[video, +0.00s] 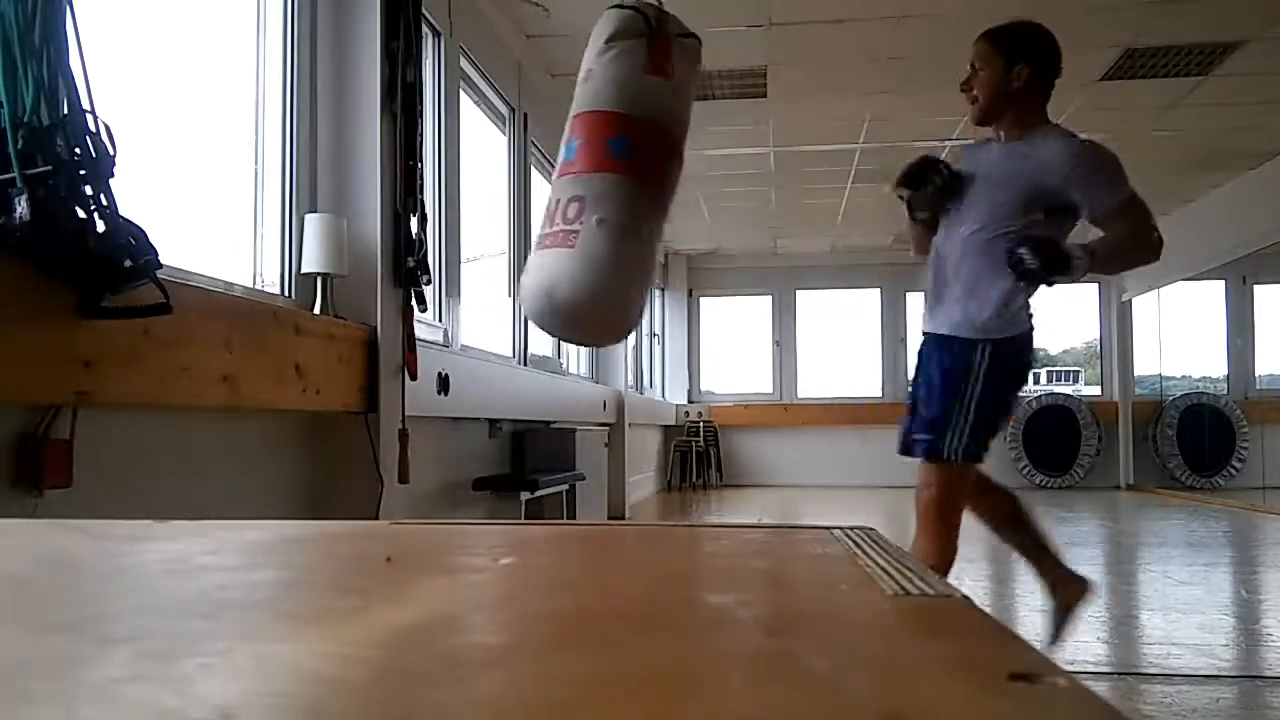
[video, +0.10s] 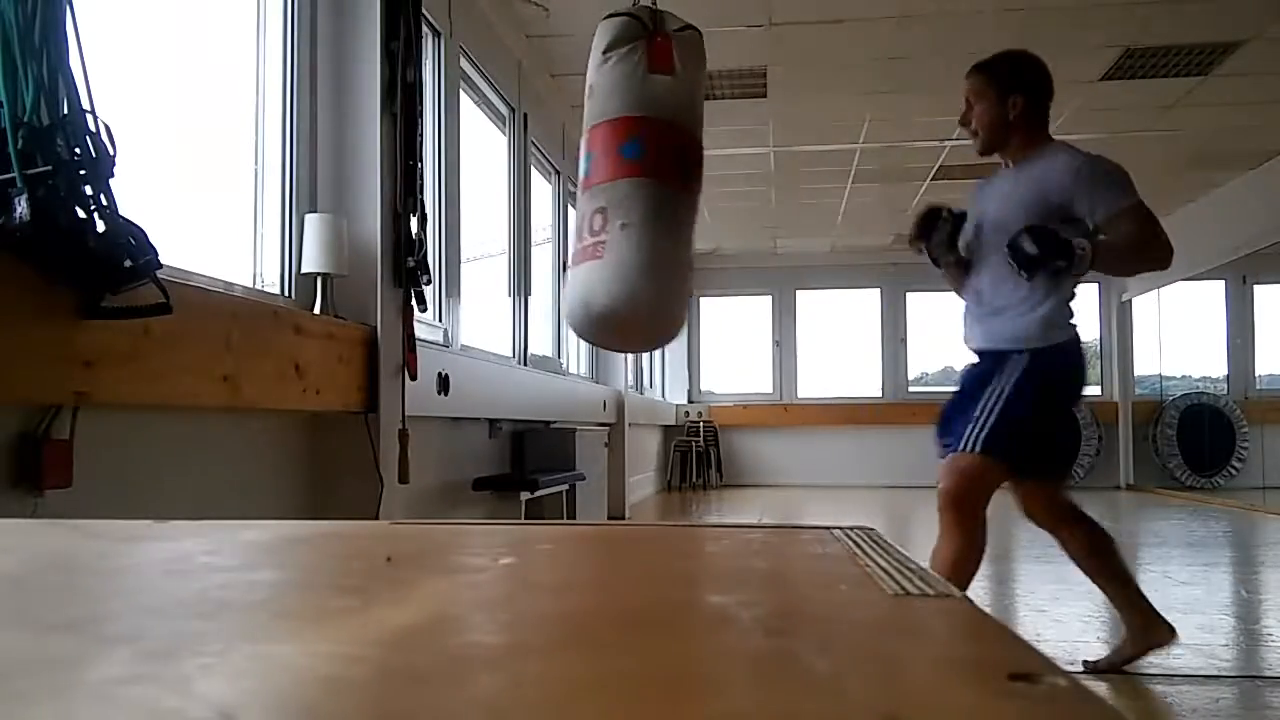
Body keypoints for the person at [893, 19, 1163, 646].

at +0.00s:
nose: (966, 82)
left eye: (978, 70)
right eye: (967, 70)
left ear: (1021, 78)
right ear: (1006, 79)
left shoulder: (1073, 157)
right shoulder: (965, 151)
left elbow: (1143, 241)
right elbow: (925, 250)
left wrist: (1070, 261)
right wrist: (921, 211)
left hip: (989, 340)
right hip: (942, 334)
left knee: (935, 487)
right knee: (958, 478)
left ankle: (913, 628)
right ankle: (1063, 584)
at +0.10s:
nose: (965, 119)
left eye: (974, 106)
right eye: (965, 106)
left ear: (1016, 107)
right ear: (1008, 111)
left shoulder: (1078, 172)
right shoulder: (988, 190)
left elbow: (1154, 251)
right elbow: (979, 289)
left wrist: (1082, 255)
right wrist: (946, 256)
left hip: (1038, 355)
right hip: (996, 356)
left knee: (959, 488)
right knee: (1044, 503)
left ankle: (929, 637)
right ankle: (1143, 622)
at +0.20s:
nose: (964, 137)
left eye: (972, 123)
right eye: (963, 126)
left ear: (1015, 115)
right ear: (1008, 120)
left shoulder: (1079, 164)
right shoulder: (1014, 187)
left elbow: (1125, 244)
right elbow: (1027, 286)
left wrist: (1033, 223)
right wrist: (981, 266)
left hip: (1079, 348)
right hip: (1043, 353)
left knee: (995, 459)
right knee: (1078, 506)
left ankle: (980, 634)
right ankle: (1161, 645)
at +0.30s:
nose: (972, 123)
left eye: (978, 108)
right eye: (968, 111)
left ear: (1018, 97)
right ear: (1014, 105)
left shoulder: (1072, 134)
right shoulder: (1031, 157)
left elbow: (1066, 211)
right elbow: (1053, 252)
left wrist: (985, 168)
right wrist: (1008, 243)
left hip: (1098, 321)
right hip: (1081, 327)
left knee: (1037, 452)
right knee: (1100, 484)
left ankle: (1053, 644)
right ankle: (1161, 636)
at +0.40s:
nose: (984, 132)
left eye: (990, 118)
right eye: (981, 121)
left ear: (1030, 106)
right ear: (1035, 111)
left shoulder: (1079, 149)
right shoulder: (1064, 158)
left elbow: (1034, 226)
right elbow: (1074, 244)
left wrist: (991, 167)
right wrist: (1011, 251)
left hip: (1103, 336)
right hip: (1113, 335)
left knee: (1072, 483)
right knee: (1125, 492)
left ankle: (1114, 664)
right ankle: (1224, 625)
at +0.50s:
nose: (986, 146)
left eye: (992, 130)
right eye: (982, 133)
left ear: (1034, 121)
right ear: (1032, 127)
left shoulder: (1095, 171)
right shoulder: (1053, 194)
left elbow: (1116, 270)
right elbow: (1068, 292)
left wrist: (1023, 250)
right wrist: (1001, 290)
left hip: (1116, 358)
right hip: (1102, 362)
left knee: (1083, 502)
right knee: (1146, 509)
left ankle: (1136, 692)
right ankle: (1245, 654)